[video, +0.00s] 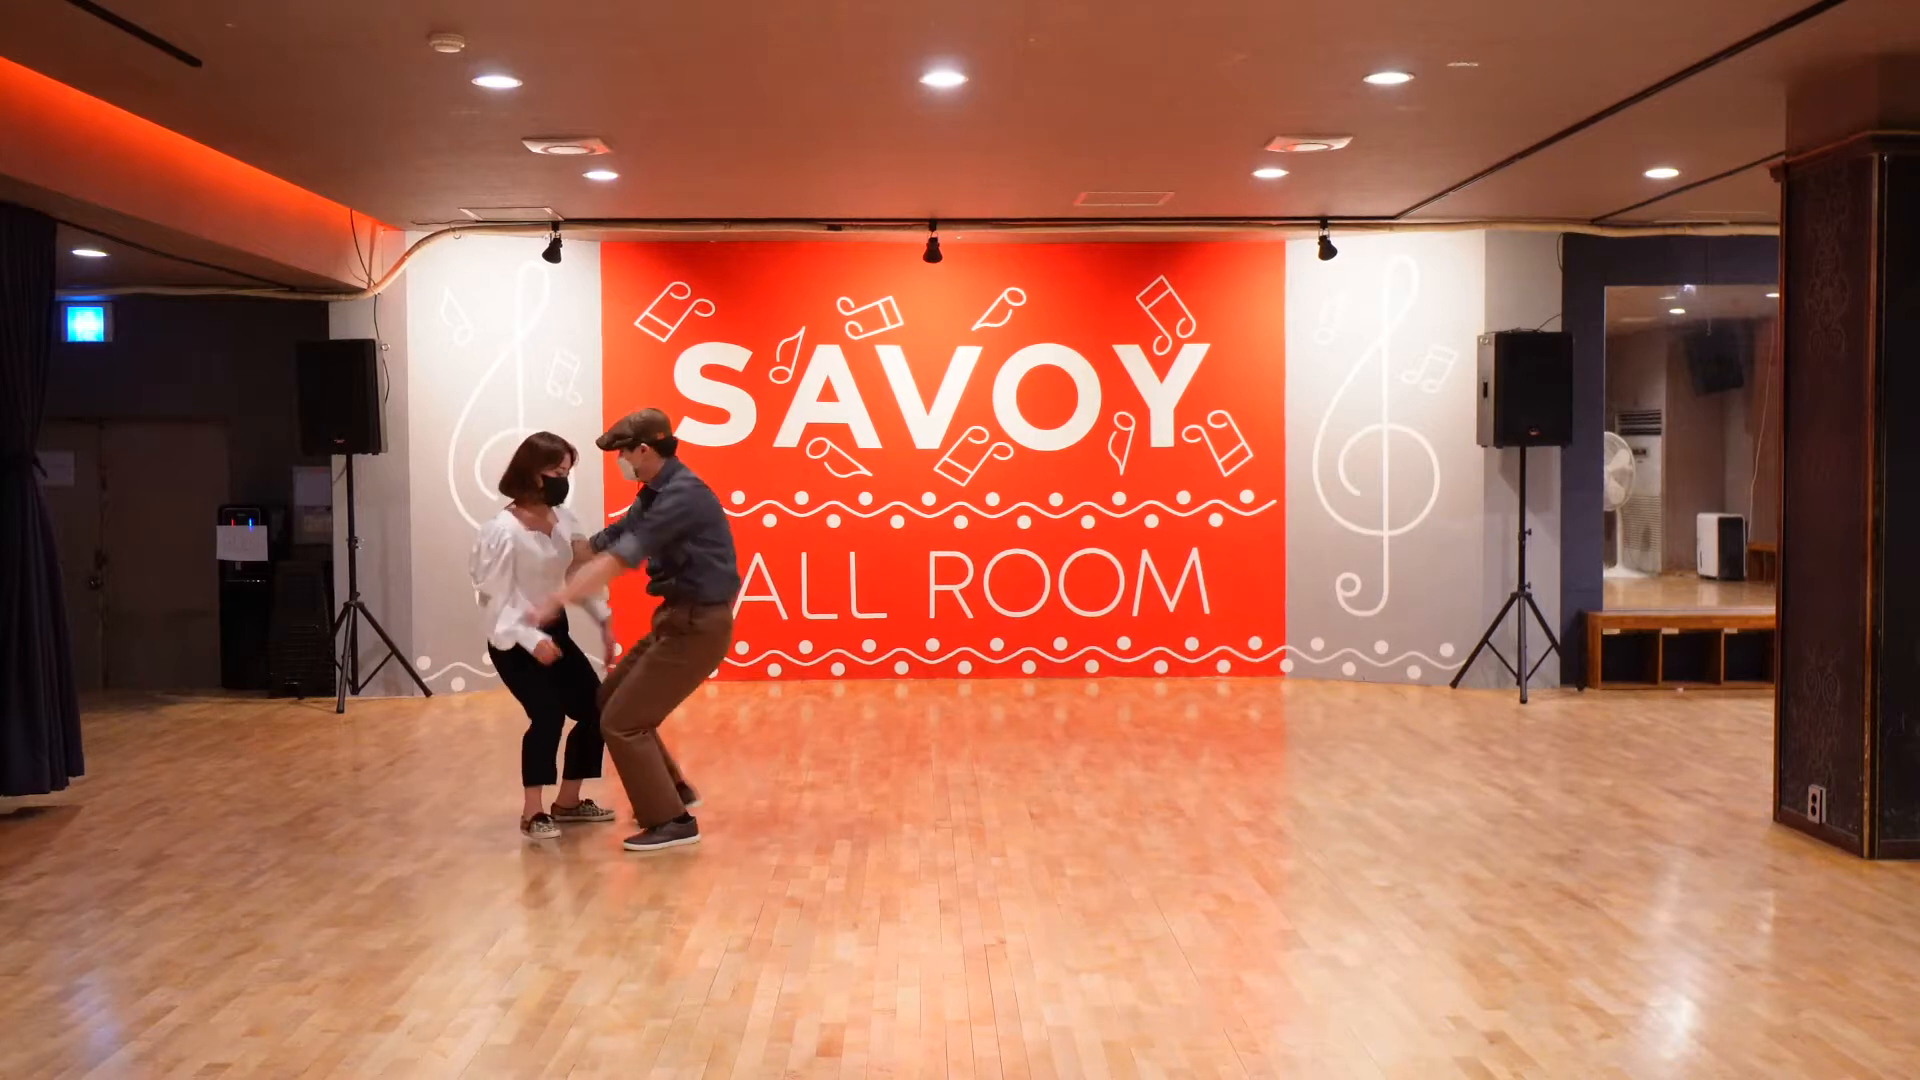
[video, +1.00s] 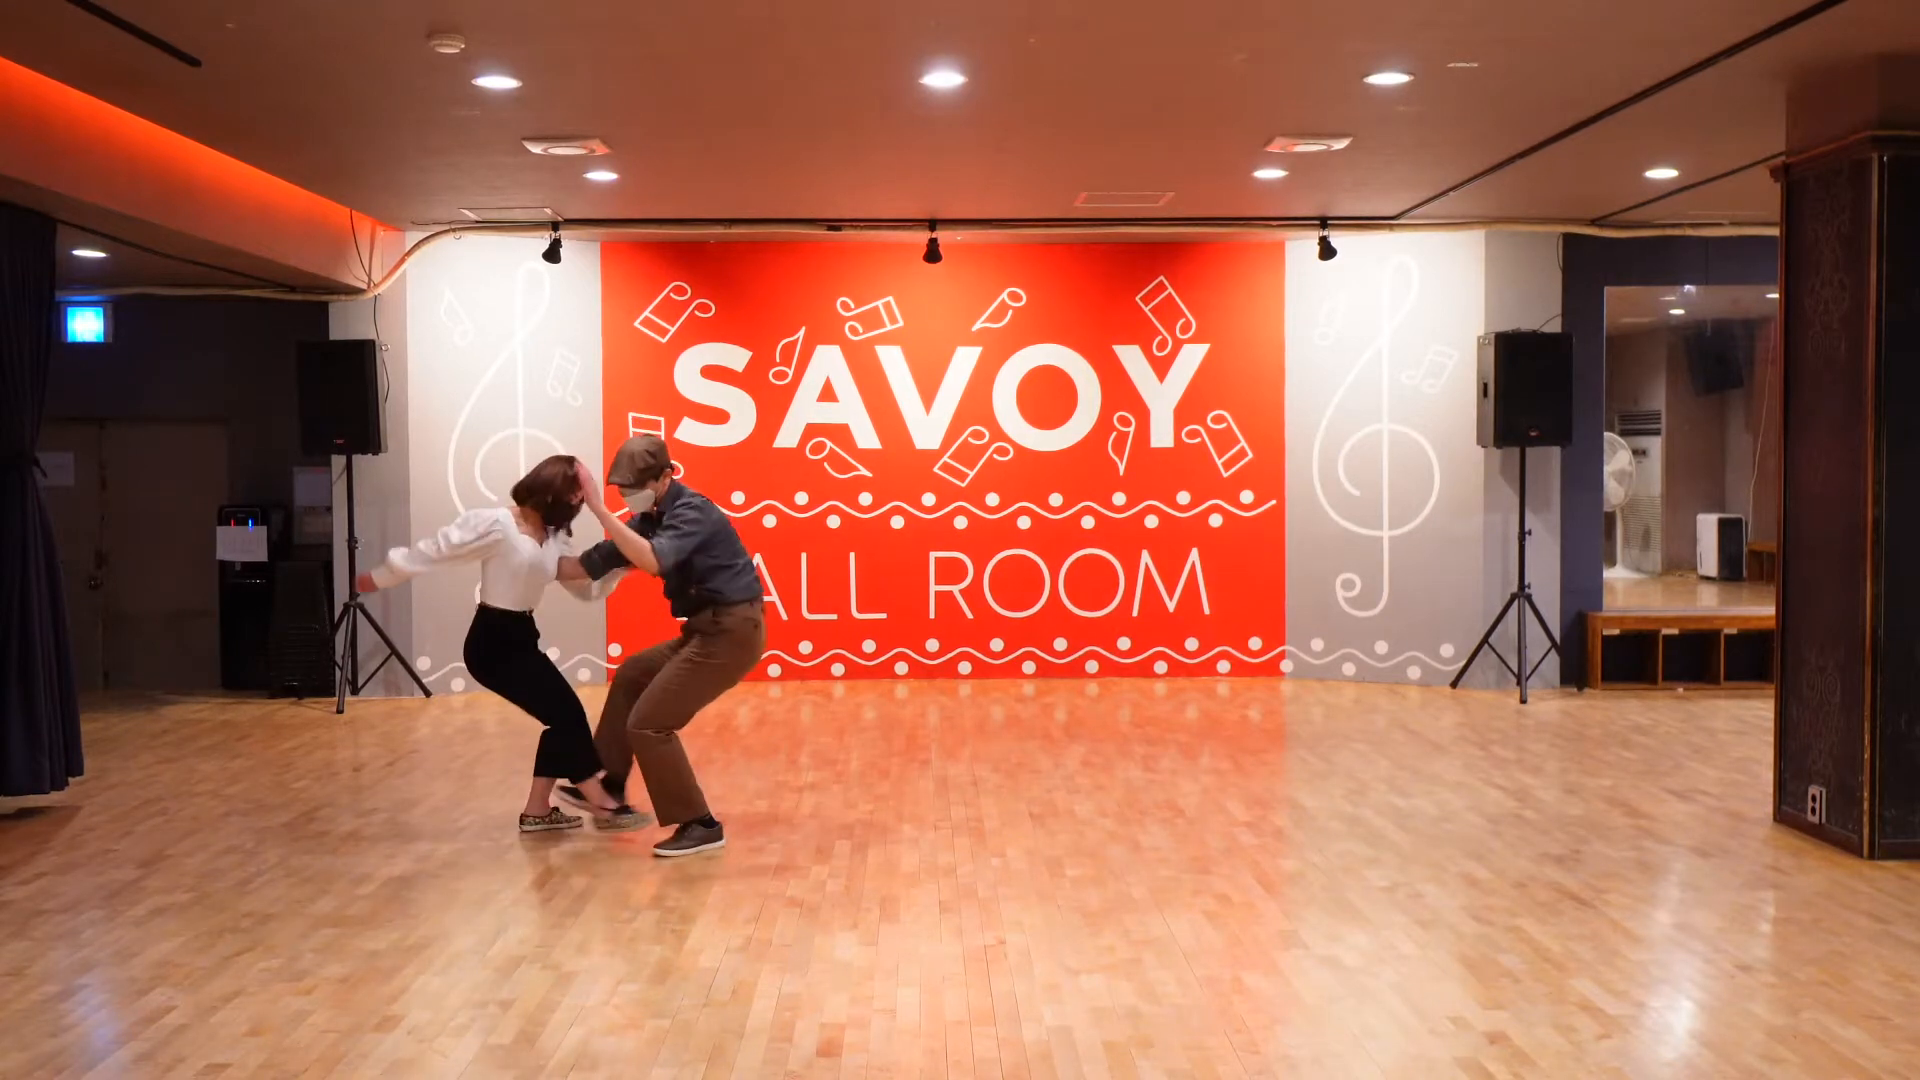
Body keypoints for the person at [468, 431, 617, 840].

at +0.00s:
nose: (565, 480)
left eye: (568, 472)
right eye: (559, 472)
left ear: (566, 473)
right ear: (536, 475)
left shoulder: (563, 521)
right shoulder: (502, 532)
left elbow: (581, 579)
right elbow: (495, 601)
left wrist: (605, 624)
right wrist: (531, 639)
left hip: (552, 629)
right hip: (512, 638)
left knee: (593, 704)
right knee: (548, 712)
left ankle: (568, 802)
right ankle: (533, 813)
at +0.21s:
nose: (568, 490)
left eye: (569, 482)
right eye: (562, 482)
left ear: (540, 486)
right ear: (539, 486)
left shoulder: (553, 529)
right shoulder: (502, 539)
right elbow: (490, 614)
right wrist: (533, 630)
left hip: (539, 637)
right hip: (501, 647)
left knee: (603, 689)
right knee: (551, 725)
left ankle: (582, 783)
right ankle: (530, 819)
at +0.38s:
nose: (560, 505)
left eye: (562, 497)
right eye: (555, 498)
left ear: (534, 496)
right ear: (532, 497)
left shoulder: (540, 532)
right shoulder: (500, 546)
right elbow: (517, 603)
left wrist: (572, 551)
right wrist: (566, 568)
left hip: (533, 644)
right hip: (499, 651)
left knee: (583, 713)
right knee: (541, 729)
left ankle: (629, 787)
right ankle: (529, 820)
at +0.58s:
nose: (564, 509)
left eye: (565, 500)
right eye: (559, 501)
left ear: (534, 500)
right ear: (538, 502)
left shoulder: (539, 536)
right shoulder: (500, 549)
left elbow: (527, 573)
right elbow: (543, 587)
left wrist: (487, 592)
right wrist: (594, 571)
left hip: (527, 643)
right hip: (492, 649)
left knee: (587, 698)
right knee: (539, 726)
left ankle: (609, 799)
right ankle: (529, 819)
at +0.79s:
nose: (572, 500)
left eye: (575, 492)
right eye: (568, 492)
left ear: (540, 489)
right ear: (547, 488)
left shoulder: (549, 534)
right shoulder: (504, 539)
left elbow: (545, 600)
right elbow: (492, 616)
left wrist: (559, 642)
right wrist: (473, 675)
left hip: (530, 639)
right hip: (500, 643)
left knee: (574, 716)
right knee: (551, 722)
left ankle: (541, 807)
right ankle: (531, 817)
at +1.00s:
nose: (576, 509)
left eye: (578, 503)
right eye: (574, 501)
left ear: (539, 488)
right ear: (559, 498)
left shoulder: (554, 541)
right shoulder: (497, 525)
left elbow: (587, 589)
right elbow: (434, 549)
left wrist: (621, 561)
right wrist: (378, 577)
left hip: (522, 642)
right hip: (491, 645)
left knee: (564, 713)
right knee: (566, 712)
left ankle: (537, 809)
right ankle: (603, 804)